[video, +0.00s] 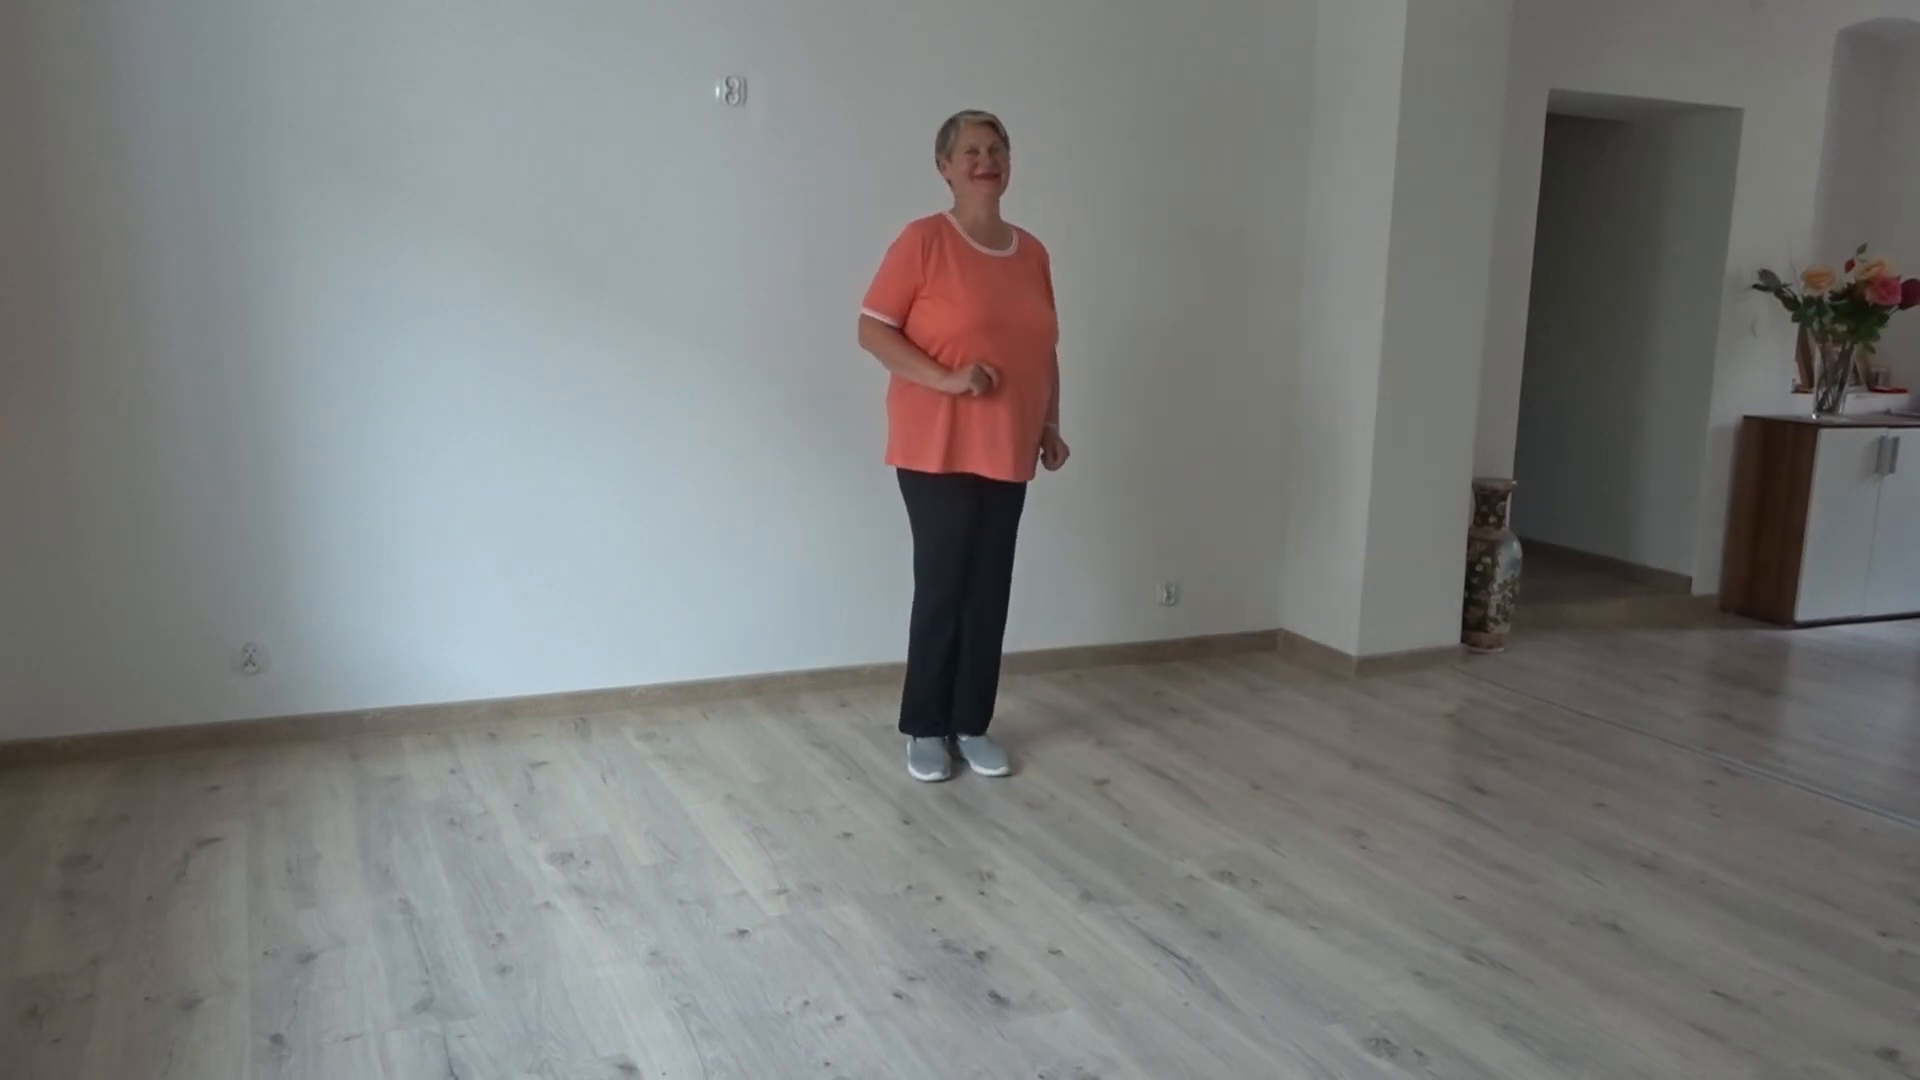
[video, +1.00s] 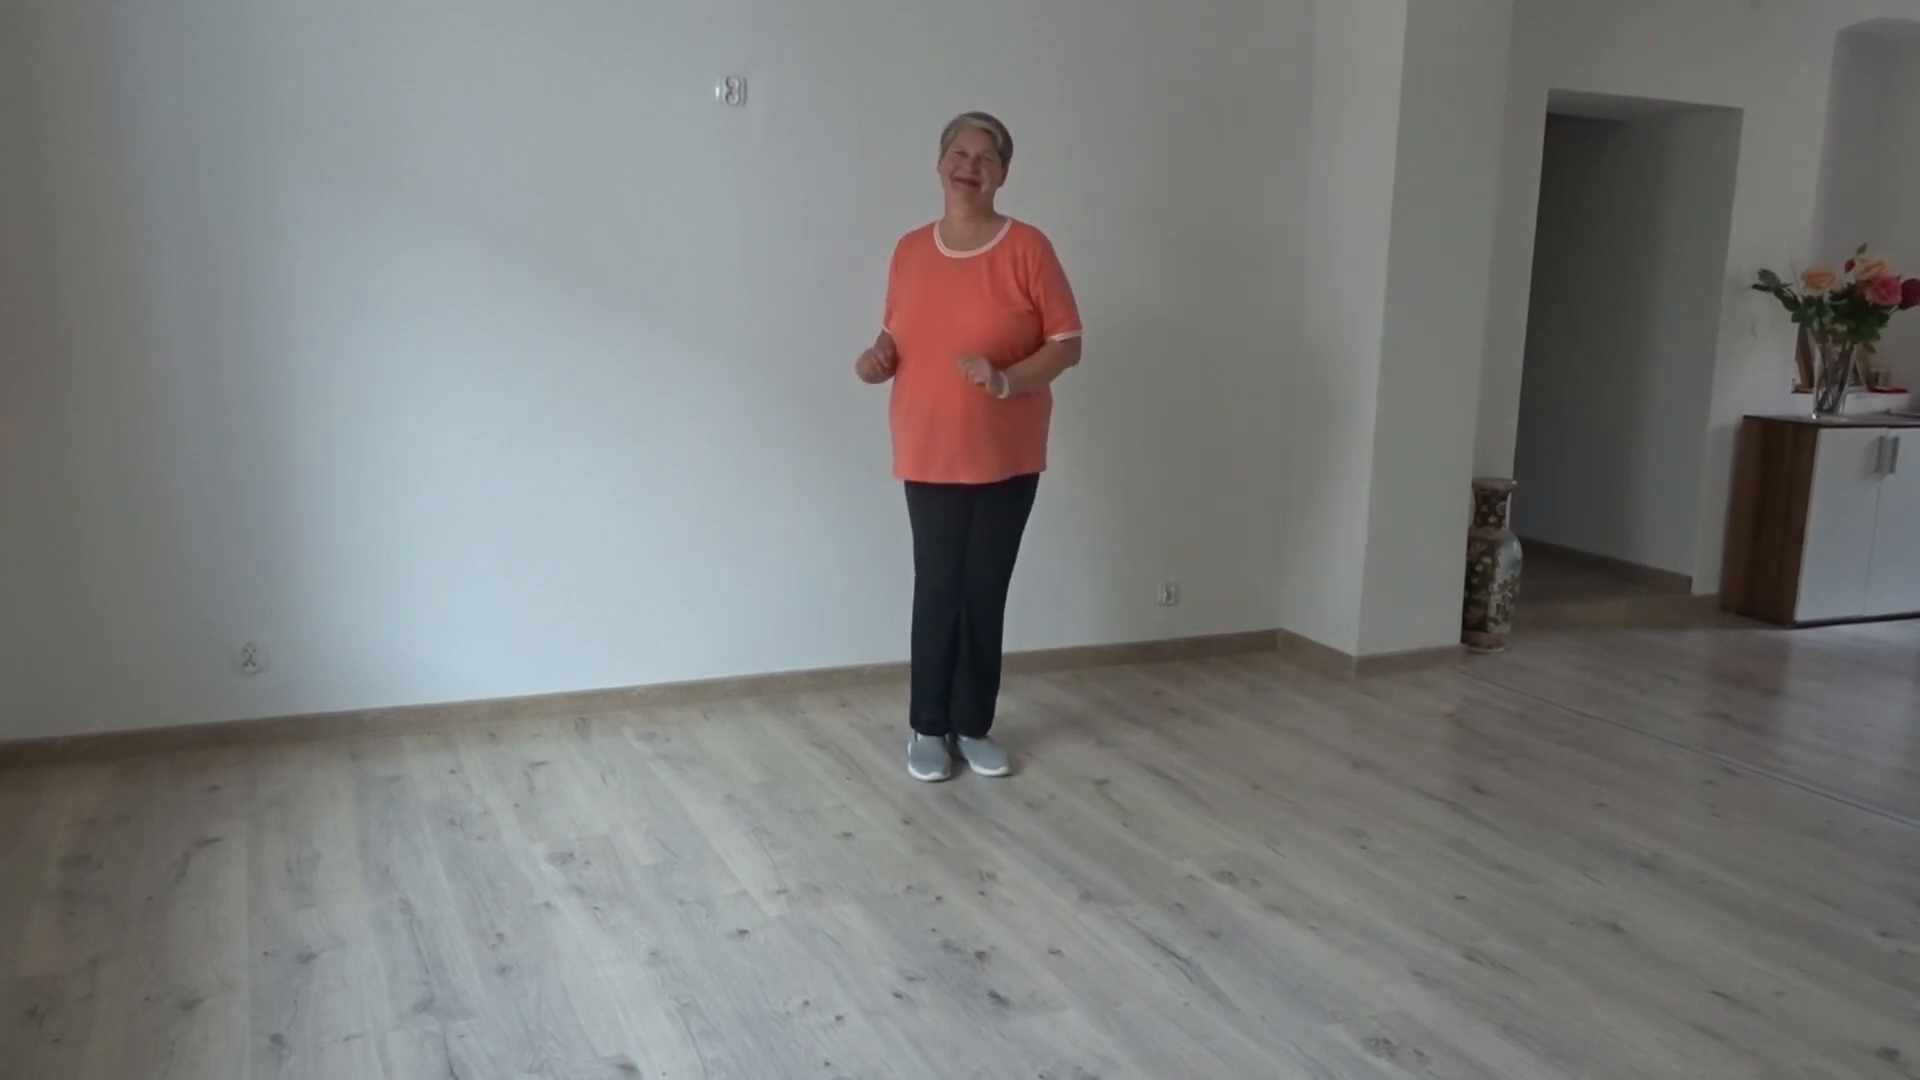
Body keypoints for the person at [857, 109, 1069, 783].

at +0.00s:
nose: (987, 160)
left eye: (995, 150)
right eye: (971, 152)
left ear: (1010, 164)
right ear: (946, 168)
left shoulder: (1031, 252)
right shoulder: (922, 242)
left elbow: (1045, 348)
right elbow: (873, 331)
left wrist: (1049, 422)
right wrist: (944, 379)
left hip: (1007, 455)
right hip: (937, 451)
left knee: (987, 595)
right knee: (942, 591)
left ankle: (969, 728)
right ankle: (925, 730)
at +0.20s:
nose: (979, 158)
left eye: (989, 149)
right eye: (965, 149)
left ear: (1003, 165)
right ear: (939, 167)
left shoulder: (1034, 250)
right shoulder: (913, 247)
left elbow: (1061, 344)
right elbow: (870, 338)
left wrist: (1054, 415)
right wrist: (920, 383)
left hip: (1010, 460)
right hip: (936, 457)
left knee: (989, 600)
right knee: (942, 597)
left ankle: (971, 730)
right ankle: (925, 730)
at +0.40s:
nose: (965, 155)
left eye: (977, 147)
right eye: (951, 147)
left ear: (996, 165)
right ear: (932, 166)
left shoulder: (1033, 245)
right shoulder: (906, 249)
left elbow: (1073, 339)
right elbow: (874, 337)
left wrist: (1044, 405)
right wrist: (897, 377)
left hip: (1008, 459)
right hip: (934, 458)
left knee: (989, 601)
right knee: (940, 597)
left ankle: (973, 728)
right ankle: (927, 730)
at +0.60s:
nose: (960, 163)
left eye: (973, 154)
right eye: (948, 153)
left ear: (994, 170)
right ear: (930, 168)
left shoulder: (1026, 246)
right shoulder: (907, 253)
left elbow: (1070, 340)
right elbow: (890, 340)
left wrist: (1022, 401)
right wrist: (882, 386)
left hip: (1007, 458)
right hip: (931, 458)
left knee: (987, 599)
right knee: (940, 596)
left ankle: (973, 730)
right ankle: (928, 731)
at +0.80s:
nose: (963, 160)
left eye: (977, 152)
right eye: (952, 150)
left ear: (997, 169)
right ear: (934, 165)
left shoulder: (1024, 241)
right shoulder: (910, 249)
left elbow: (1068, 336)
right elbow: (895, 333)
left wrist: (1002, 367)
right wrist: (864, 357)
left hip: (1009, 454)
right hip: (932, 453)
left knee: (986, 592)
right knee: (940, 591)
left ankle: (973, 729)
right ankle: (928, 730)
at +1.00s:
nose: (969, 164)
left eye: (984, 157)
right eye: (958, 152)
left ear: (1002, 174)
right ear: (939, 166)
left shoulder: (1027, 247)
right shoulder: (912, 249)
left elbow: (1068, 343)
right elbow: (894, 337)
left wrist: (1011, 378)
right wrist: (878, 360)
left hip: (1006, 459)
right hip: (930, 458)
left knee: (985, 595)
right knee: (938, 592)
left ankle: (972, 729)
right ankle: (928, 730)